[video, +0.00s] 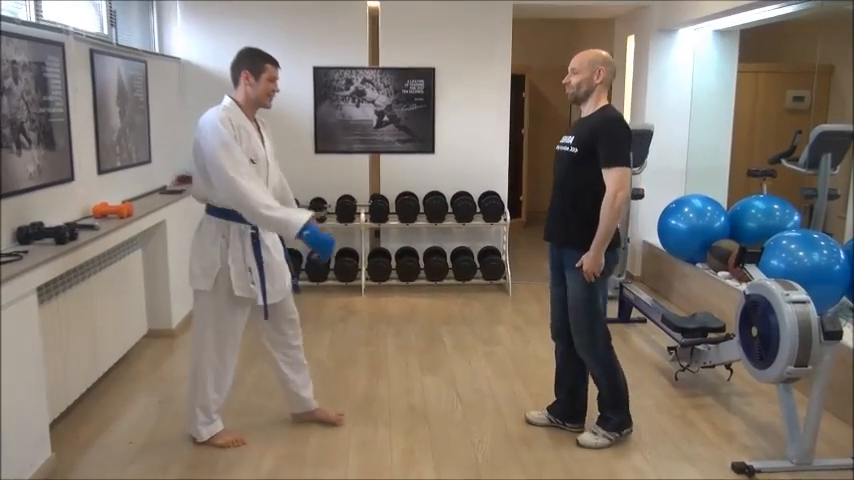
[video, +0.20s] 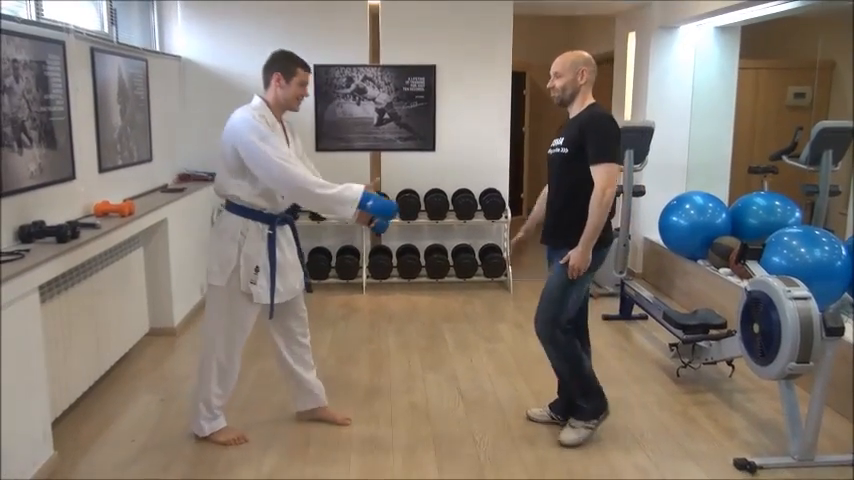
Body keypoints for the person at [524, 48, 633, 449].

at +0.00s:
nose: (566, 79)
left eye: (573, 72)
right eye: (567, 73)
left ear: (599, 75)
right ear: (592, 77)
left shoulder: (610, 123)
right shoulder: (582, 123)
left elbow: (618, 192)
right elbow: (576, 185)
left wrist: (597, 250)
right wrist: (560, 236)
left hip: (587, 248)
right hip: (562, 243)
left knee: (589, 337)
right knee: (565, 334)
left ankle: (616, 420)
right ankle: (567, 411)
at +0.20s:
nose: (550, 83)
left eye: (557, 76)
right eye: (550, 77)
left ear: (583, 75)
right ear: (576, 77)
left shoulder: (597, 120)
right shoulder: (569, 125)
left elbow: (606, 187)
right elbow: (554, 187)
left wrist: (584, 247)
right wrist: (529, 227)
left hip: (582, 247)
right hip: (560, 243)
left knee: (549, 323)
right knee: (572, 327)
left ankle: (591, 407)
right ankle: (567, 406)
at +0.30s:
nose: (542, 83)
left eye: (548, 76)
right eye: (542, 77)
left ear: (574, 76)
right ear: (569, 77)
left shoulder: (592, 120)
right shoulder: (562, 125)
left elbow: (598, 185)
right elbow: (537, 179)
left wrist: (570, 241)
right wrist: (494, 213)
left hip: (581, 244)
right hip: (564, 242)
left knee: (545, 327)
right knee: (572, 329)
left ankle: (561, 420)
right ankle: (573, 410)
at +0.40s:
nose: (533, 85)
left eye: (539, 77)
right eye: (533, 78)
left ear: (564, 77)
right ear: (557, 78)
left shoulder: (585, 119)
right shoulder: (552, 125)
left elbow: (572, 186)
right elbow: (516, 173)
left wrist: (520, 227)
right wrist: (467, 197)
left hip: (580, 243)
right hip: (563, 242)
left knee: (547, 333)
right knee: (571, 326)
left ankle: (537, 425)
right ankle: (573, 408)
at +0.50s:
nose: (521, 87)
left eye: (527, 80)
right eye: (521, 80)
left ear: (553, 81)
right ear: (548, 82)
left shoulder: (574, 123)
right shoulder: (544, 123)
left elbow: (531, 183)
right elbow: (504, 166)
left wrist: (470, 204)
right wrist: (456, 186)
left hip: (580, 243)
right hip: (563, 241)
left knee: (549, 334)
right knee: (569, 325)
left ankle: (535, 424)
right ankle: (573, 406)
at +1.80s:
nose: (542, 39)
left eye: (550, 32)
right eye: (545, 33)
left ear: (575, 37)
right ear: (574, 39)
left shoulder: (575, 86)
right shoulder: (581, 84)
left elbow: (557, 154)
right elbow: (545, 148)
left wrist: (518, 207)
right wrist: (501, 176)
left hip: (562, 212)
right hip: (580, 209)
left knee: (530, 295)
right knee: (583, 293)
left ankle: (540, 388)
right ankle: (594, 375)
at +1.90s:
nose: (544, 44)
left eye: (552, 36)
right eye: (546, 37)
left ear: (577, 40)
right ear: (575, 43)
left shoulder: (576, 88)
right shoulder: (588, 86)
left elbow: (580, 159)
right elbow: (595, 155)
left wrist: (576, 223)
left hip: (562, 212)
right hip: (580, 210)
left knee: (519, 287)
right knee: (591, 297)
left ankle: (536, 383)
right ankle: (596, 378)